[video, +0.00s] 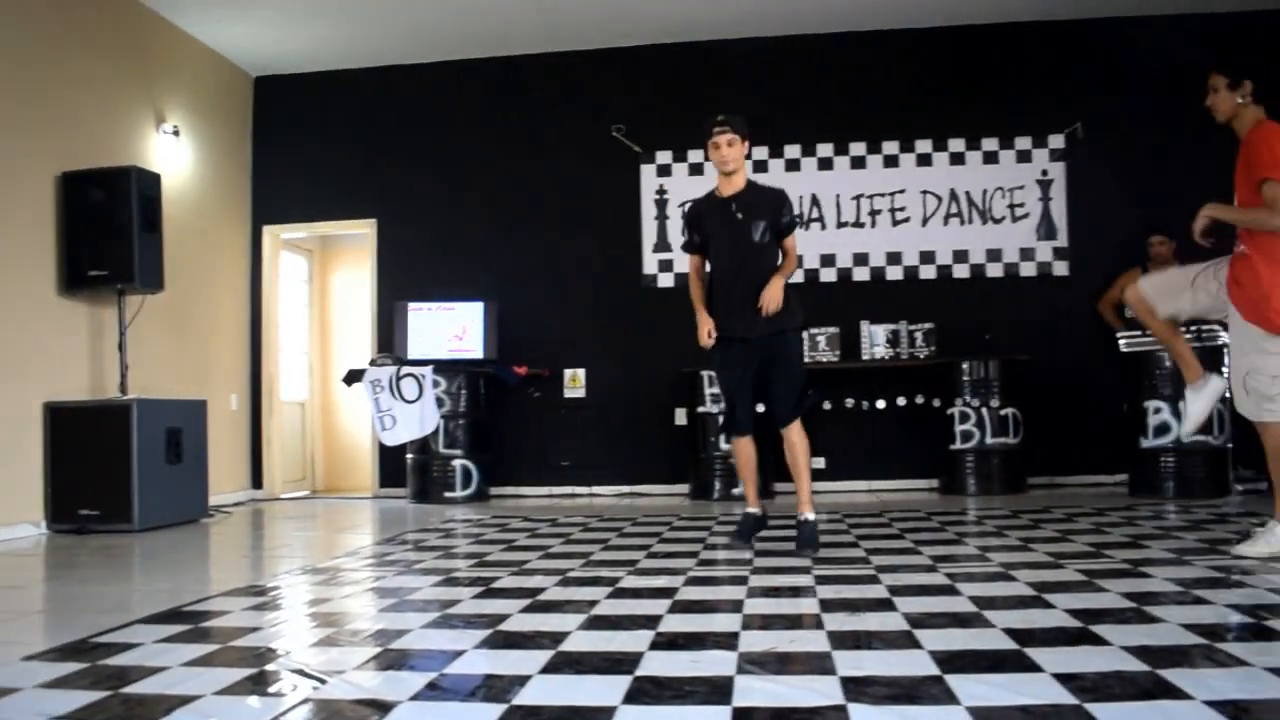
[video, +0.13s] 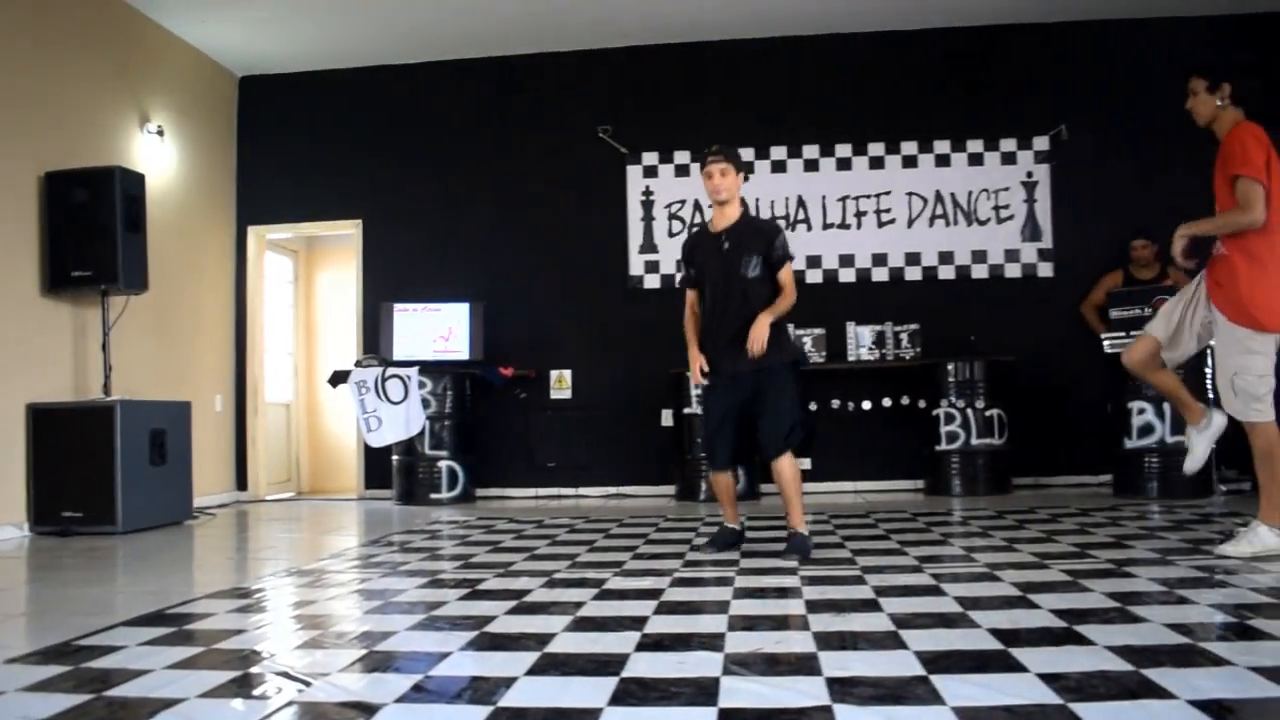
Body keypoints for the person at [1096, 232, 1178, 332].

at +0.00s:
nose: (1156, 250)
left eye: (1161, 244)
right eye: (1151, 246)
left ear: (1172, 246)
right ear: (1147, 249)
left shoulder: (1187, 273)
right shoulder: (1134, 277)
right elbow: (1105, 305)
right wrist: (1123, 333)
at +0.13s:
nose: (1140, 253)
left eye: (1144, 248)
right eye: (1134, 249)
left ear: (1155, 249)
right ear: (1129, 253)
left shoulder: (1172, 275)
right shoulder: (1116, 279)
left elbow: (1197, 295)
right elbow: (1087, 307)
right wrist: (1104, 333)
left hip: (1167, 342)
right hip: (1127, 347)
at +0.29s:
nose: (1125, 254)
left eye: (1130, 248)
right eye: (1119, 250)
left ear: (1139, 248)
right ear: (1114, 253)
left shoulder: (1158, 276)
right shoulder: (1102, 281)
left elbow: (1183, 303)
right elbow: (1075, 311)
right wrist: (1094, 338)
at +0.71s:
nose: (1118, 256)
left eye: (1123, 250)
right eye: (1112, 252)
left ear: (1132, 250)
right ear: (1106, 256)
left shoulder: (1148, 279)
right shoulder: (1095, 283)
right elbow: (1068, 313)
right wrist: (1086, 341)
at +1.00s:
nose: (1120, 257)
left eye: (1124, 251)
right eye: (1114, 253)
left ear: (1133, 252)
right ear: (1108, 257)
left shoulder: (1147, 280)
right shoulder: (1096, 283)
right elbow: (1068, 314)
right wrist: (1087, 342)